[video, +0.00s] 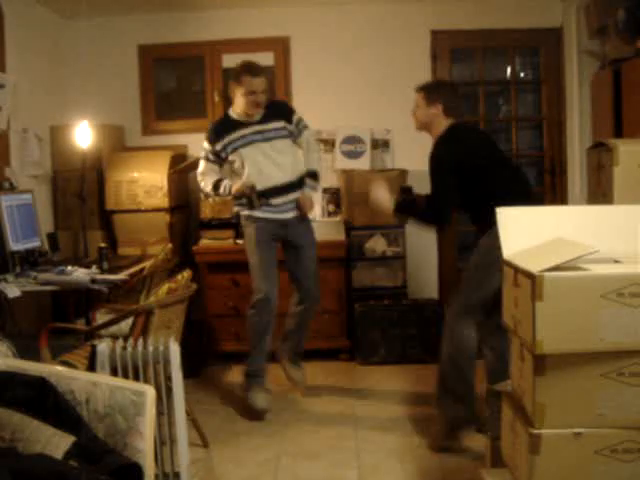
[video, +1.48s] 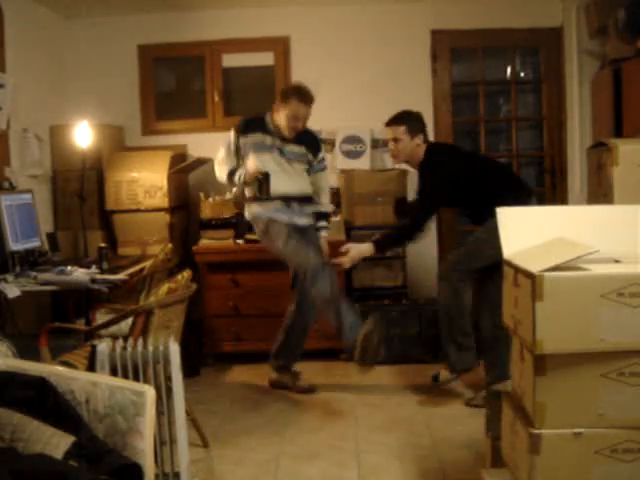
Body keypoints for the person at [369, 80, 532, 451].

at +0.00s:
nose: (413, 113)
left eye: (418, 106)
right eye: (415, 105)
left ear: (437, 109)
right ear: (440, 109)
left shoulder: (447, 148)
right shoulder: (471, 136)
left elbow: (440, 214)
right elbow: (451, 205)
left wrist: (396, 204)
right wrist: (410, 198)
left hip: (500, 232)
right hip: (524, 226)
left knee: (462, 314)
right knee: (496, 323)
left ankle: (456, 415)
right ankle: (501, 416)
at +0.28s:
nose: (409, 126)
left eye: (412, 118)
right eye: (409, 118)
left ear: (433, 117)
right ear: (439, 117)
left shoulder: (438, 152)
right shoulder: (476, 136)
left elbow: (422, 216)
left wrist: (397, 263)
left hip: (501, 223)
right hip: (535, 219)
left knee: (446, 282)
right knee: (512, 305)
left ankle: (457, 375)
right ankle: (504, 386)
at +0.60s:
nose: (411, 147)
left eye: (414, 140)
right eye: (410, 140)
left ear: (432, 138)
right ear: (438, 137)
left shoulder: (431, 175)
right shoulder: (483, 153)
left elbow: (412, 240)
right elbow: (514, 194)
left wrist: (389, 222)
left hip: (476, 244)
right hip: (516, 238)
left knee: (449, 304)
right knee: (501, 324)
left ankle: (461, 373)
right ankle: (494, 405)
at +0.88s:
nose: (401, 149)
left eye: (403, 141)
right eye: (400, 142)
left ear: (420, 138)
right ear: (427, 137)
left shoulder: (427, 170)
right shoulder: (471, 148)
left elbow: (404, 223)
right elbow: (507, 186)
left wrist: (371, 257)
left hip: (490, 238)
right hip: (527, 228)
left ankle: (479, 397)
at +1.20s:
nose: (389, 154)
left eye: (392, 147)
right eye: (387, 148)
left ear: (413, 143)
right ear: (415, 144)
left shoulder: (436, 164)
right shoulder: (444, 157)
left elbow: (444, 225)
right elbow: (441, 215)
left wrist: (398, 213)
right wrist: (399, 208)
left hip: (499, 229)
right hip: (511, 225)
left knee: (434, 249)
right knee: (485, 300)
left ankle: (455, 321)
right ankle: (489, 383)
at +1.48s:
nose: (390, 149)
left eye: (395, 141)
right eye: (389, 142)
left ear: (417, 139)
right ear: (416, 141)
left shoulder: (436, 164)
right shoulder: (436, 161)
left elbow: (415, 225)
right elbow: (415, 222)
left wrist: (368, 249)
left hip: (510, 220)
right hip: (514, 217)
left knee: (453, 273)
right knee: (490, 296)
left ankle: (464, 367)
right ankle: (499, 378)